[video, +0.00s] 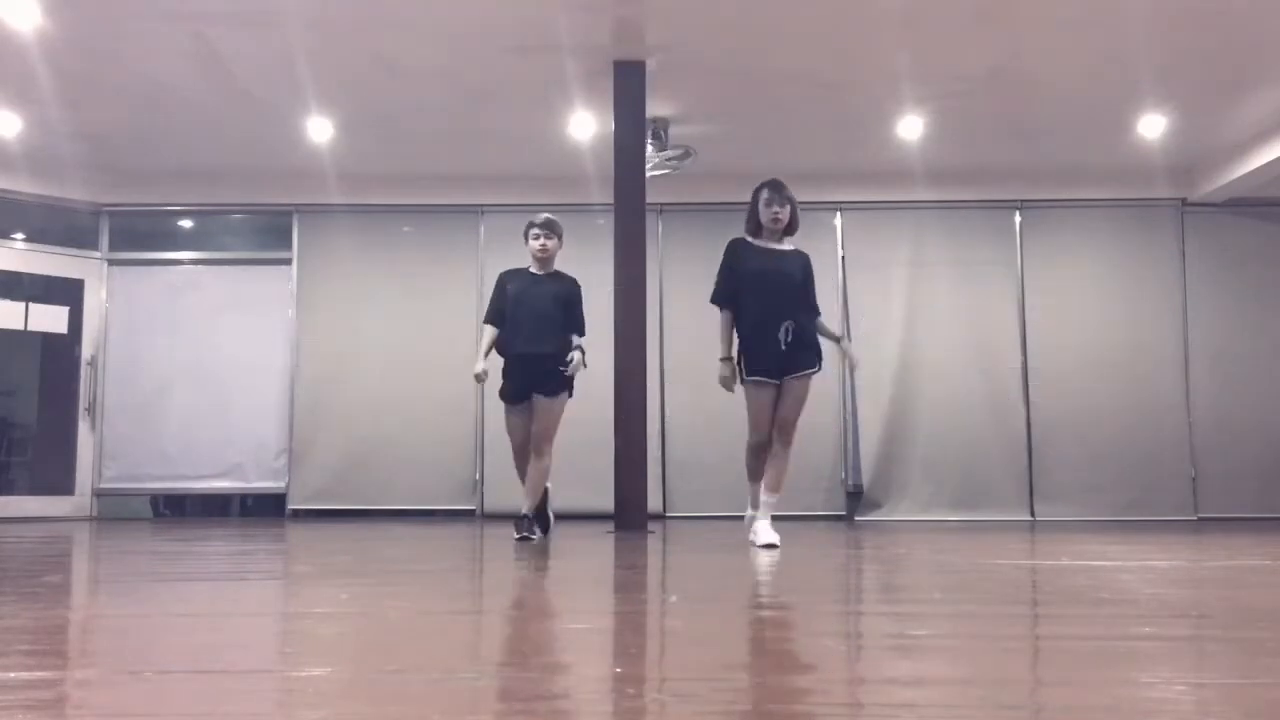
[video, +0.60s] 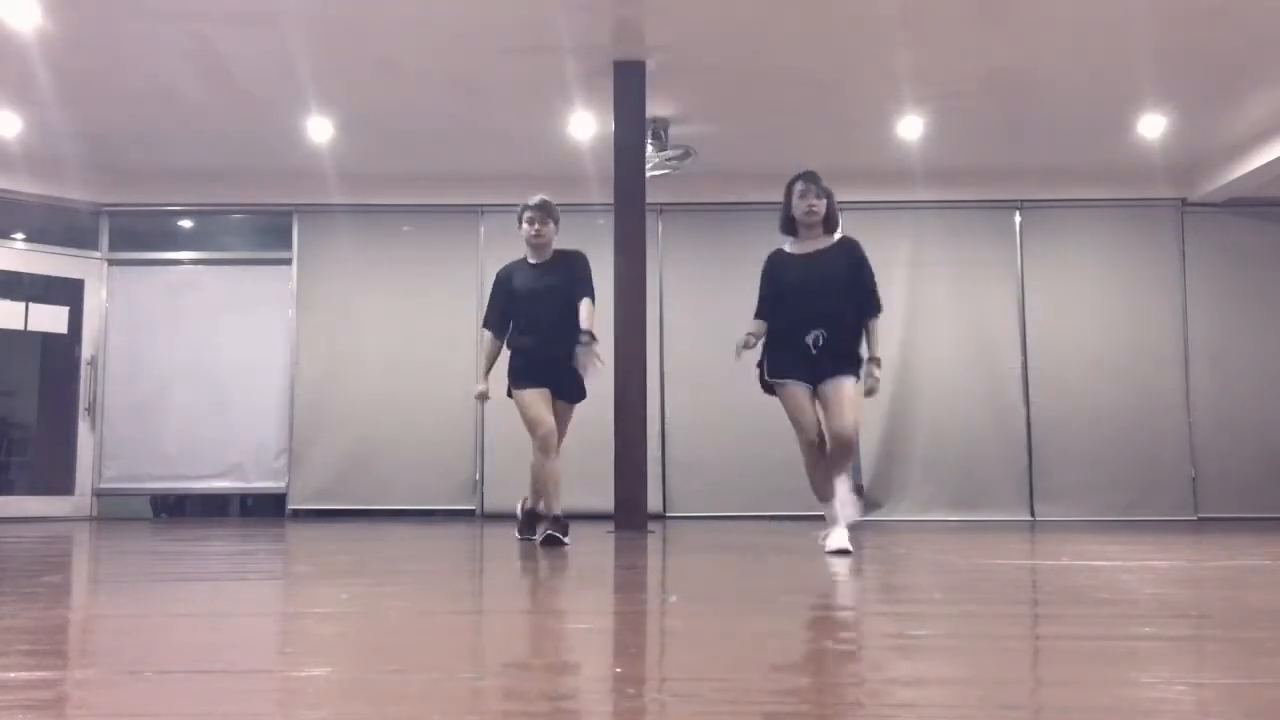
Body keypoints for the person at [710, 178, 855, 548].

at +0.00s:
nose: (777, 210)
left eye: (783, 204)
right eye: (770, 203)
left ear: (792, 210)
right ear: (756, 209)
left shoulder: (800, 258)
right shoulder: (739, 249)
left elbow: (810, 316)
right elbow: (727, 307)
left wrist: (840, 340)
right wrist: (726, 358)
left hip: (799, 355)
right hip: (757, 356)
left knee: (783, 438)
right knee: (760, 439)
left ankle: (764, 520)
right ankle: (756, 505)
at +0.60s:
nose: (811, 201)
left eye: (818, 195)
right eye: (802, 196)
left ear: (828, 203)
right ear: (789, 206)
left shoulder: (848, 249)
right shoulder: (778, 259)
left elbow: (869, 310)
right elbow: (764, 313)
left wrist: (874, 361)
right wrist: (753, 333)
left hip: (838, 357)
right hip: (789, 359)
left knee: (846, 433)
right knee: (813, 440)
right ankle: (834, 525)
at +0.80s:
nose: (825, 181)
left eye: (833, 175)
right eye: (816, 175)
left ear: (844, 183)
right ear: (803, 183)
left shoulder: (858, 234)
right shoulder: (787, 232)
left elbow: (854, 292)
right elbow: (774, 299)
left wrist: (872, 307)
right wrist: (763, 354)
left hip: (856, 335)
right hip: (807, 339)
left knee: (852, 419)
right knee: (816, 435)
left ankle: (846, 522)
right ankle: (823, 507)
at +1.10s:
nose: (846, 160)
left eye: (854, 153)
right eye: (837, 154)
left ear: (865, 163)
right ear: (821, 163)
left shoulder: (883, 215)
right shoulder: (799, 217)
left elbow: (908, 261)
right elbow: (766, 268)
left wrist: (933, 278)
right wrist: (784, 306)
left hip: (878, 327)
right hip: (823, 327)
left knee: (861, 428)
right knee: (854, 415)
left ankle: (826, 525)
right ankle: (874, 531)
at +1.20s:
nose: (853, 148)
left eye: (860, 141)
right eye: (843, 142)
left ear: (873, 150)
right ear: (827, 153)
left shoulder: (893, 199)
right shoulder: (810, 207)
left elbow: (924, 262)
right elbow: (770, 260)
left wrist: (952, 314)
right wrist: (792, 274)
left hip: (886, 326)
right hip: (828, 325)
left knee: (883, 440)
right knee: (850, 414)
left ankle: (840, 488)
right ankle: (874, 533)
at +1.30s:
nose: (857, 141)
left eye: (864, 133)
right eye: (846, 134)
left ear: (877, 141)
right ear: (832, 146)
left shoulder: (902, 188)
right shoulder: (823, 204)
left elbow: (933, 257)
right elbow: (789, 275)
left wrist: (933, 319)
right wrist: (811, 228)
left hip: (888, 308)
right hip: (828, 314)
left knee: (892, 393)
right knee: (851, 423)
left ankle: (872, 435)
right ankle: (875, 535)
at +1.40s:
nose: (859, 135)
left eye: (864, 125)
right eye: (847, 132)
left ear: (879, 130)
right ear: (836, 147)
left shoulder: (917, 181)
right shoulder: (834, 199)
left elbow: (930, 253)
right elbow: (812, 265)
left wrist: (916, 304)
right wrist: (843, 210)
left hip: (894, 292)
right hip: (835, 302)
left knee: (885, 350)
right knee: (854, 421)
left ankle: (888, 449)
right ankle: (877, 533)